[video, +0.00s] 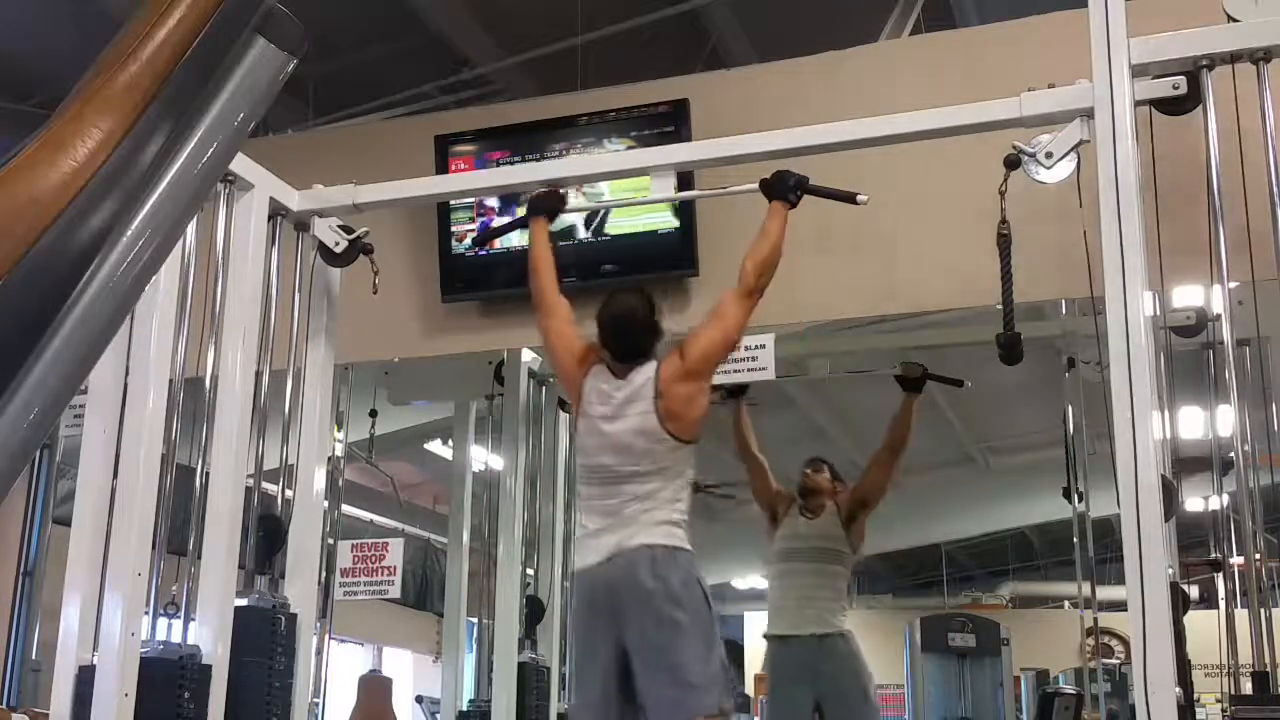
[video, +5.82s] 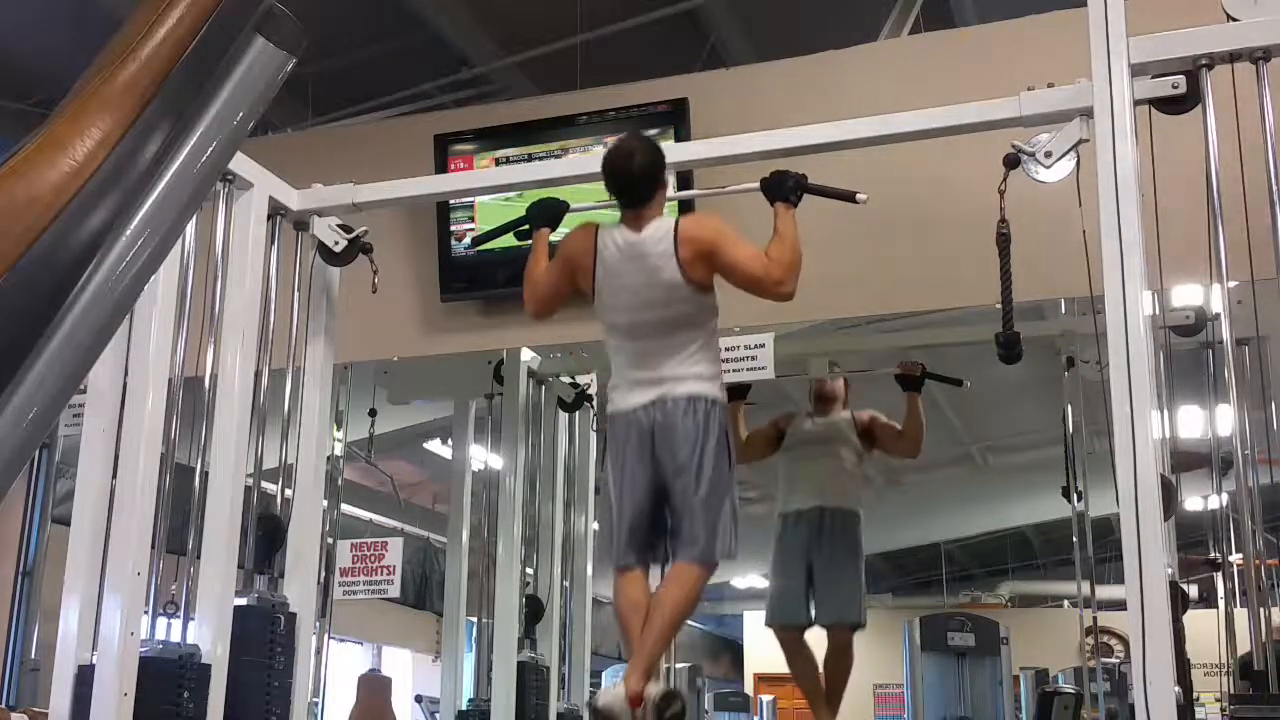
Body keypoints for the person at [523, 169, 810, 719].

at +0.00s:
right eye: (650, 315)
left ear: (601, 338)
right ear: (655, 331)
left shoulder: (583, 377)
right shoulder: (684, 373)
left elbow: (547, 300)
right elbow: (749, 288)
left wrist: (538, 219)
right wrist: (779, 203)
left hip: (590, 570)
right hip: (658, 562)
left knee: (595, 711)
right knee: (693, 709)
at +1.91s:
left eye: (610, 271)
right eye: (644, 266)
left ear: (602, 280)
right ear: (655, 272)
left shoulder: (585, 327)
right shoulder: (692, 312)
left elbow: (546, 301)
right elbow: (773, 288)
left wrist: (542, 234)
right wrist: (783, 207)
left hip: (613, 498)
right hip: (682, 496)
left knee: (594, 652)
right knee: (683, 650)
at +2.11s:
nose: (650, 194)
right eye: (649, 187)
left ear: (600, 205)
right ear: (653, 197)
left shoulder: (580, 258)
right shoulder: (693, 246)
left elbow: (539, 303)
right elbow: (777, 283)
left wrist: (540, 237)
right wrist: (784, 207)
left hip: (619, 430)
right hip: (687, 427)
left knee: (613, 581)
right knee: (689, 572)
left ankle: (606, 706)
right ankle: (635, 704)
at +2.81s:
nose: (661, 262)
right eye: (659, 255)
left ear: (606, 273)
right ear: (660, 266)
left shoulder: (589, 326)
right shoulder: (696, 313)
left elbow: (547, 300)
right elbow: (779, 290)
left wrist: (542, 233)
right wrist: (785, 209)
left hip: (629, 498)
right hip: (694, 491)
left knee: (643, 645)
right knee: (700, 640)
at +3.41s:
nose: (657, 188)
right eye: (656, 181)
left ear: (603, 199)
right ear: (658, 192)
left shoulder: (583, 252)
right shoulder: (695, 243)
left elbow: (543, 304)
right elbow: (779, 283)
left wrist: (542, 235)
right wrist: (784, 210)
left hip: (625, 423)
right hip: (691, 419)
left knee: (633, 562)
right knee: (699, 557)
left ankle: (650, 695)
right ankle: (638, 691)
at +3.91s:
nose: (660, 231)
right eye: (658, 226)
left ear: (607, 251)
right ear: (660, 239)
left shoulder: (588, 300)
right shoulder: (696, 289)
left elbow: (545, 300)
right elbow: (784, 287)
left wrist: (543, 234)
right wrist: (785, 207)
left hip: (626, 484)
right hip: (693, 479)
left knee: (636, 626)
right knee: (708, 617)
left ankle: (649, 718)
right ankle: (659, 716)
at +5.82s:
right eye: (661, 167)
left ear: (609, 192)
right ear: (663, 182)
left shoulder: (585, 245)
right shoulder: (698, 233)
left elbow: (538, 302)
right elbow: (780, 279)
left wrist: (540, 232)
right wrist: (785, 207)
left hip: (627, 414)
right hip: (692, 409)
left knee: (627, 554)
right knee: (697, 549)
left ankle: (648, 686)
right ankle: (633, 683)